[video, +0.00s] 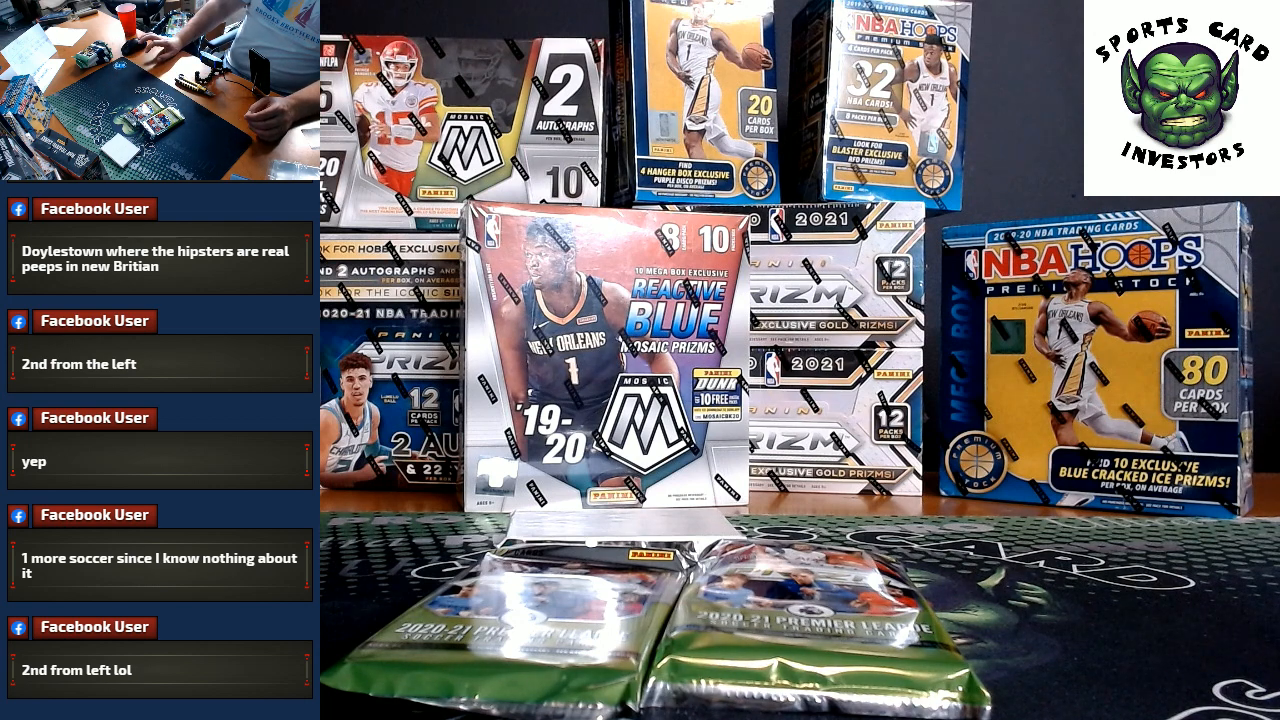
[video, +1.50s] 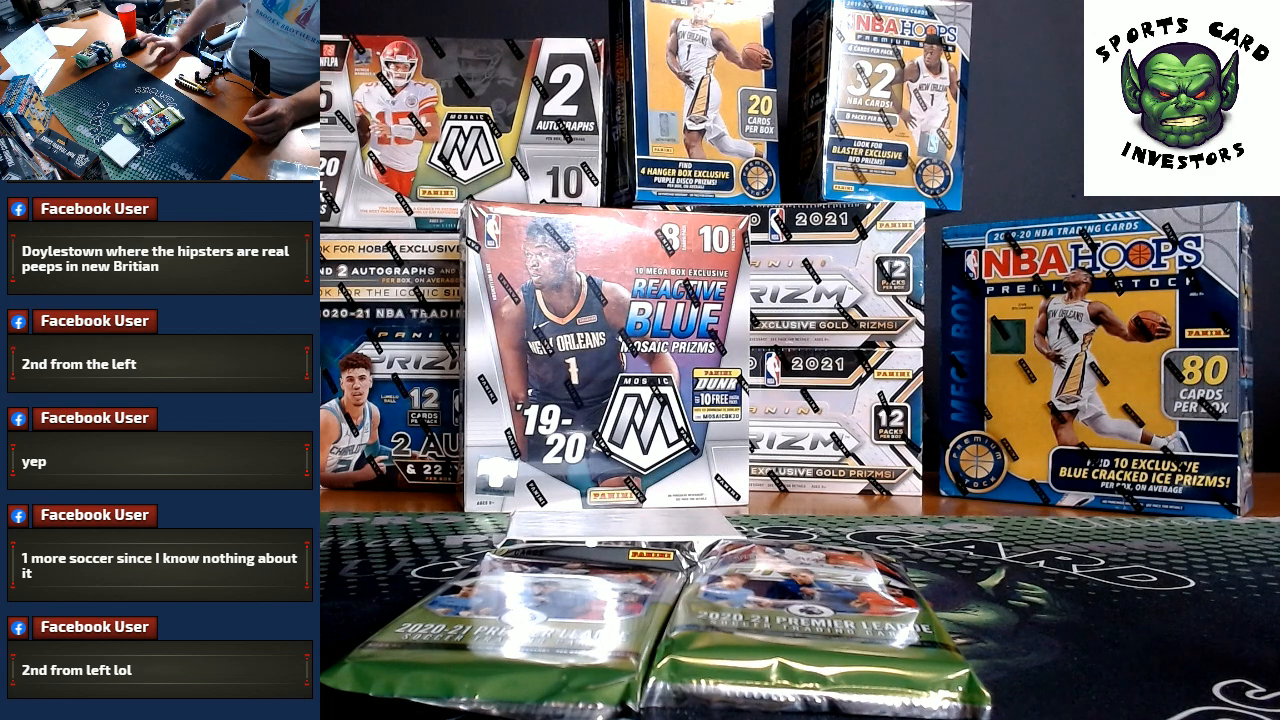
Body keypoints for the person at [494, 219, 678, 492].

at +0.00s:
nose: (532, 263)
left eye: (542, 254)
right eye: (529, 255)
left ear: (570, 255)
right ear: (524, 258)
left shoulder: (611, 299)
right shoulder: (513, 312)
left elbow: (658, 357)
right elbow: (518, 399)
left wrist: (663, 414)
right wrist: (524, 460)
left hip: (610, 423)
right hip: (549, 427)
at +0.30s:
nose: (532, 263)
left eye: (542, 254)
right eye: (529, 255)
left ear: (569, 256)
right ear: (525, 259)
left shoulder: (611, 299)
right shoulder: (513, 313)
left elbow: (658, 357)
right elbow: (518, 399)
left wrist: (663, 414)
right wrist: (525, 460)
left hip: (610, 421)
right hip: (549, 426)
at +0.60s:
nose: (532, 263)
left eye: (542, 254)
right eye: (529, 255)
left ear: (570, 256)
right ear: (525, 258)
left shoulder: (611, 299)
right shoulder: (513, 312)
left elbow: (658, 357)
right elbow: (518, 399)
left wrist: (662, 413)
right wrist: (524, 461)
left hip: (610, 424)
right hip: (549, 428)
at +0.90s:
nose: (532, 263)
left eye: (542, 254)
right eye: (529, 255)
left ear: (569, 255)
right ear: (524, 258)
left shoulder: (611, 299)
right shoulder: (513, 313)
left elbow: (658, 357)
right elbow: (518, 399)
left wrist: (662, 413)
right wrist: (524, 461)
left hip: (610, 423)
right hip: (549, 427)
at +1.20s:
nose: (532, 263)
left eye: (542, 254)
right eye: (529, 255)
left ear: (570, 255)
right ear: (524, 258)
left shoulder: (611, 299)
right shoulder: (513, 312)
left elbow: (658, 357)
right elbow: (518, 399)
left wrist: (663, 415)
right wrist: (523, 461)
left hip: (610, 421)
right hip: (549, 426)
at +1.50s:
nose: (532, 263)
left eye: (542, 254)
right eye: (529, 255)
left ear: (570, 255)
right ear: (525, 259)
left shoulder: (611, 299)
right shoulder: (513, 313)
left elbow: (658, 357)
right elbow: (518, 398)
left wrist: (662, 413)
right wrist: (524, 460)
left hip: (610, 422)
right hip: (549, 427)